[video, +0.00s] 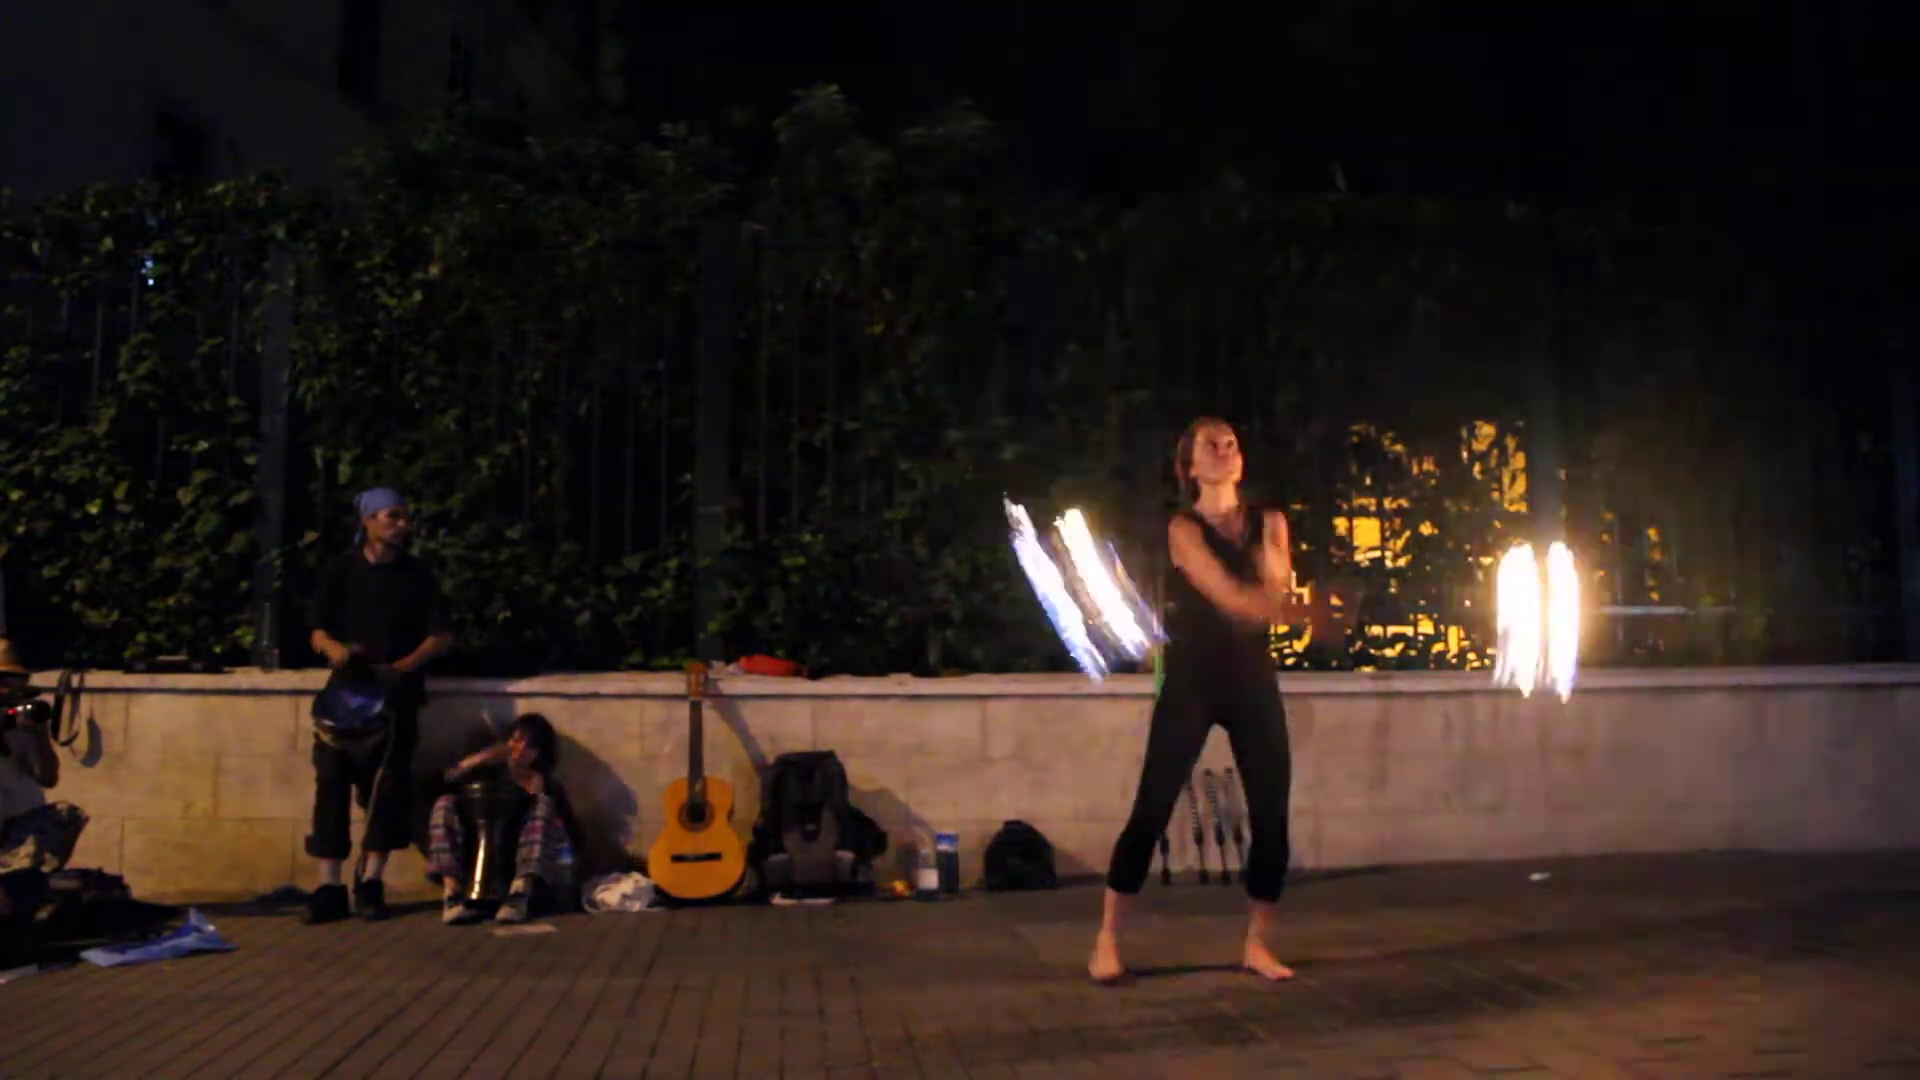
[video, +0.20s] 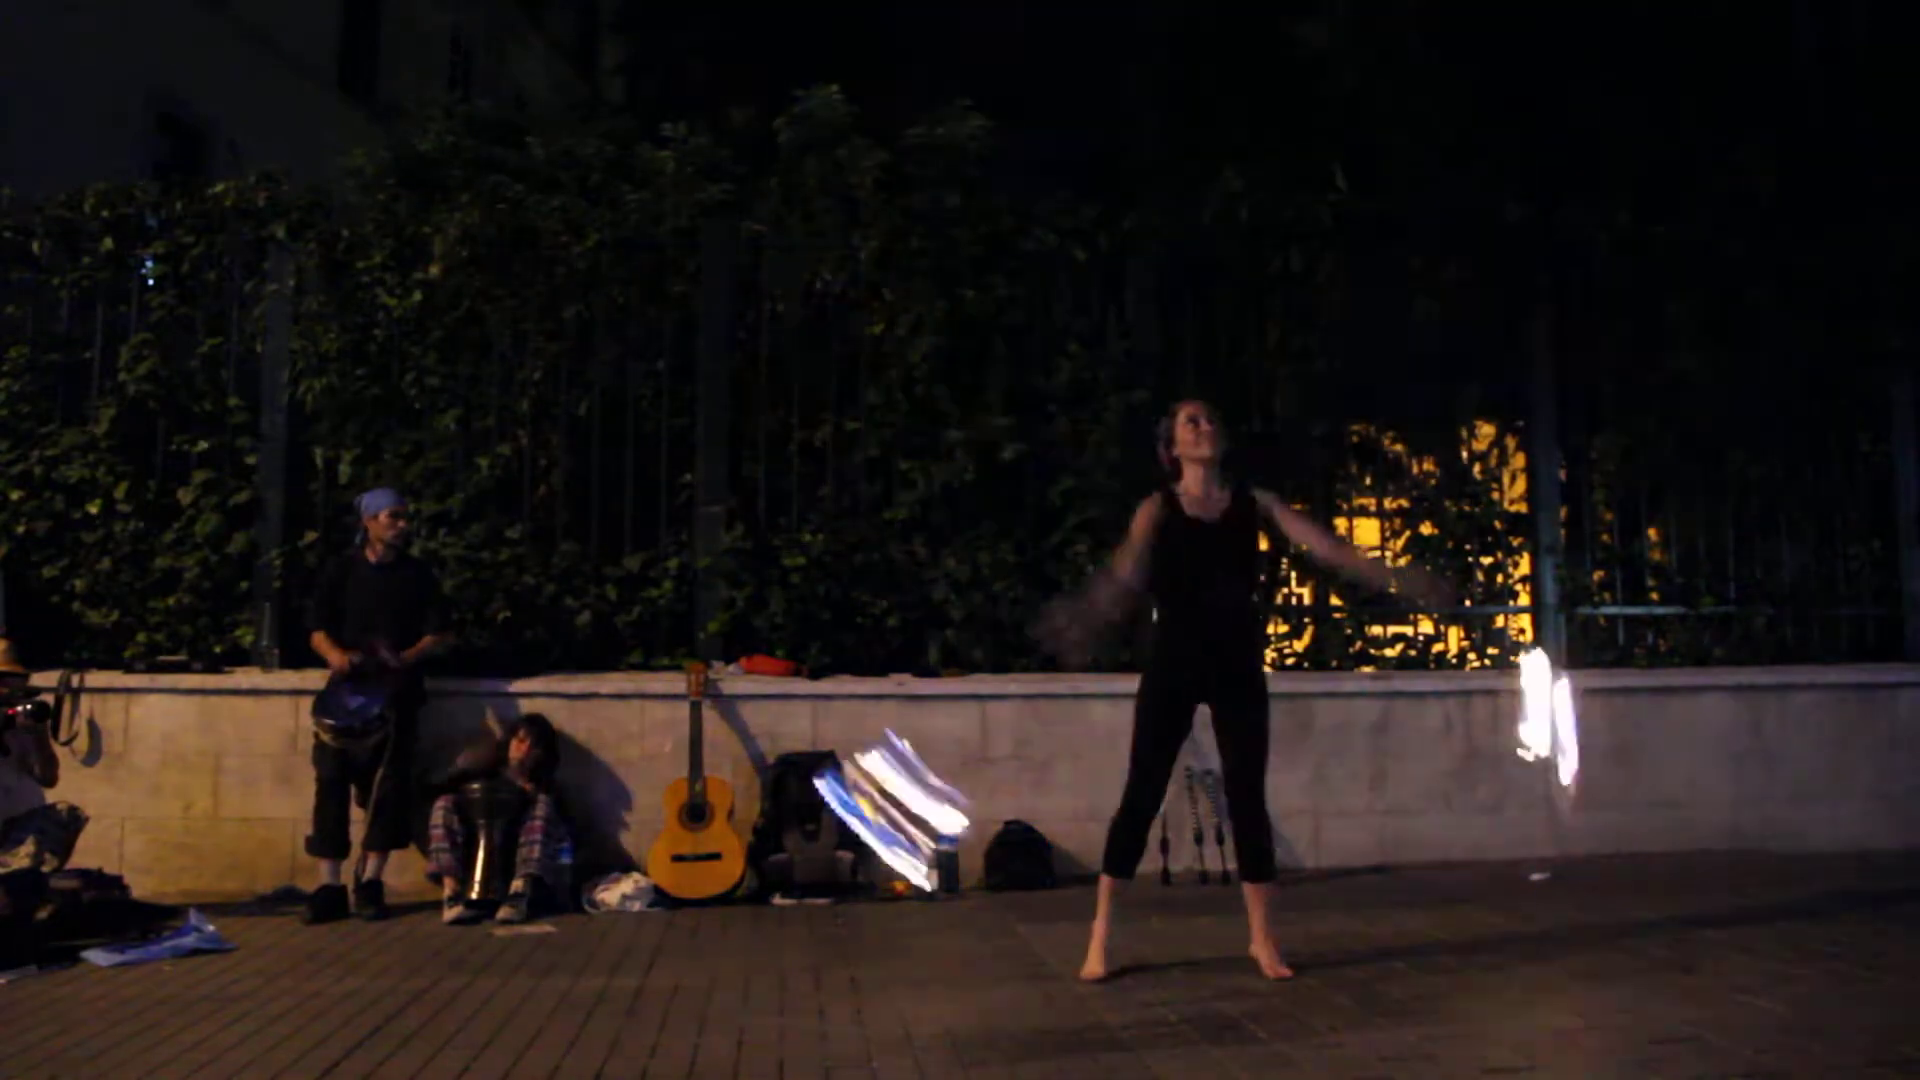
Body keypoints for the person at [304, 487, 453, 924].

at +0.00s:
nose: (402, 524)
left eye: (404, 517)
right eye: (393, 518)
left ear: (405, 523)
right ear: (368, 522)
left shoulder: (418, 574)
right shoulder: (341, 571)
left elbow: (441, 636)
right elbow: (317, 631)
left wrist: (401, 667)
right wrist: (336, 650)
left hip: (396, 692)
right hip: (345, 690)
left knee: (389, 783)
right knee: (331, 782)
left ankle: (370, 880)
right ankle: (330, 883)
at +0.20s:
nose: (403, 524)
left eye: (404, 518)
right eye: (394, 518)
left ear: (403, 524)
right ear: (369, 522)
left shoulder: (417, 574)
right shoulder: (340, 571)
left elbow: (440, 634)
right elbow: (316, 629)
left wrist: (402, 660)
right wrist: (338, 657)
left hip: (396, 693)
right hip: (345, 690)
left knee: (389, 782)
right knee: (331, 781)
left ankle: (370, 880)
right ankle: (330, 882)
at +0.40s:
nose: (402, 525)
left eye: (404, 518)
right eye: (393, 518)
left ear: (404, 523)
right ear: (369, 523)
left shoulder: (417, 574)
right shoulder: (342, 571)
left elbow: (441, 634)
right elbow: (315, 627)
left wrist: (398, 659)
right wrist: (336, 659)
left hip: (396, 693)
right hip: (344, 689)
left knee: (388, 783)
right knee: (331, 783)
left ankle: (370, 880)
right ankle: (330, 883)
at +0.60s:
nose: (402, 525)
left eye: (405, 518)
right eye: (393, 518)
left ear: (406, 524)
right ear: (368, 522)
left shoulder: (418, 575)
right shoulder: (341, 571)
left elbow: (440, 636)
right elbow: (315, 626)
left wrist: (402, 662)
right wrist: (339, 649)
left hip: (396, 692)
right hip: (345, 689)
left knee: (389, 784)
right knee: (331, 783)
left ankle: (370, 880)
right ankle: (330, 883)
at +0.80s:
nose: (400, 523)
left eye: (403, 517)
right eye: (391, 516)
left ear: (406, 523)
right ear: (367, 522)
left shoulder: (417, 575)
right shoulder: (341, 571)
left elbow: (442, 637)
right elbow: (316, 629)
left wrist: (405, 669)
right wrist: (336, 647)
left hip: (395, 693)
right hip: (345, 690)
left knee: (388, 786)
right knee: (331, 784)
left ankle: (371, 880)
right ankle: (330, 883)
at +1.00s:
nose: (394, 520)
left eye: (399, 514)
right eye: (385, 513)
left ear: (405, 523)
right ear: (365, 520)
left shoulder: (417, 575)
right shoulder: (340, 571)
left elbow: (442, 636)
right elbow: (316, 628)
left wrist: (405, 669)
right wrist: (340, 656)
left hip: (395, 692)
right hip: (345, 690)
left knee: (389, 784)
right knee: (331, 783)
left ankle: (370, 880)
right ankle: (330, 882)